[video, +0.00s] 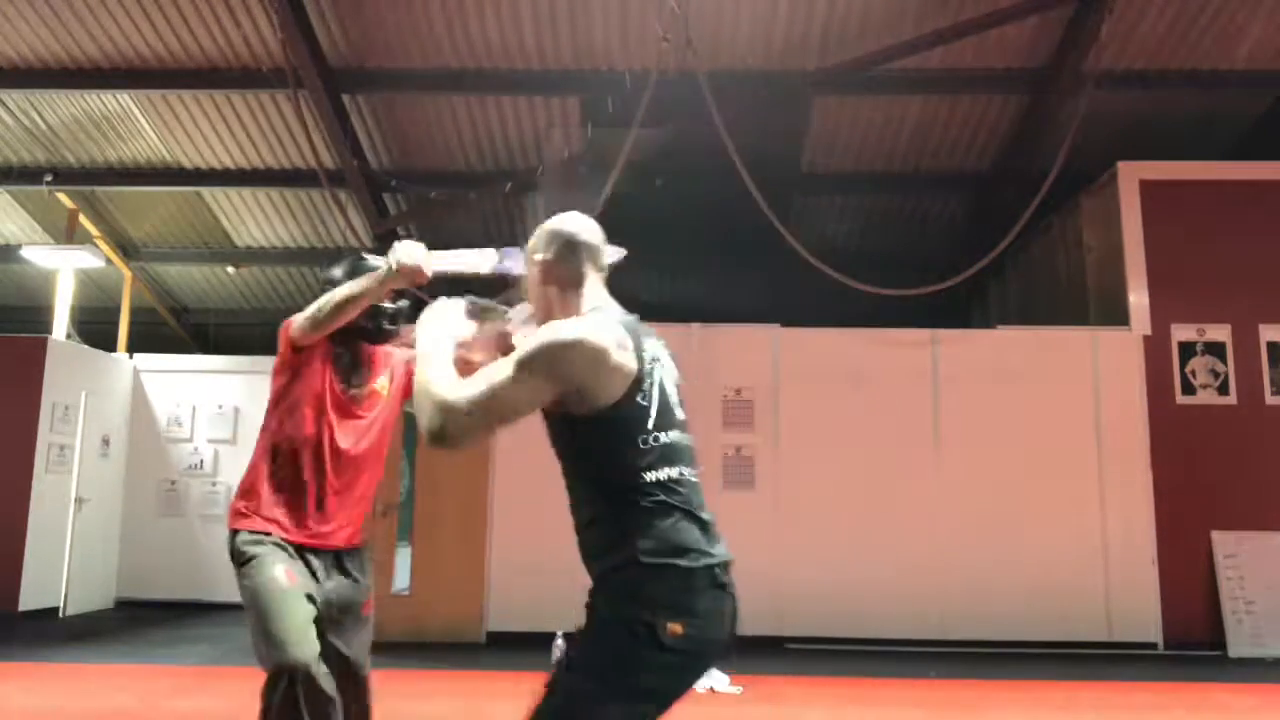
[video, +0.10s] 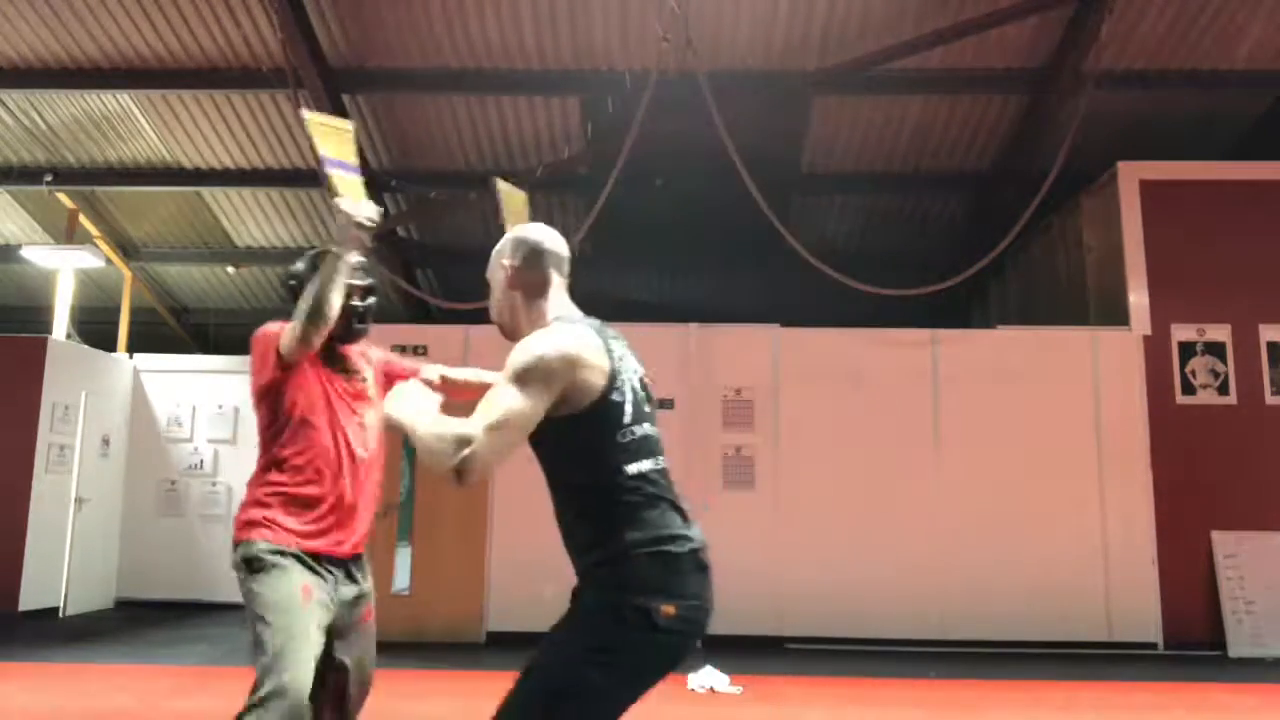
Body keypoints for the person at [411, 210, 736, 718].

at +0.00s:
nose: (525, 292)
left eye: (527, 274)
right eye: (527, 276)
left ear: (543, 269)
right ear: (599, 270)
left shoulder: (574, 343)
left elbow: (444, 421)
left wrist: (432, 337)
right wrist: (492, 357)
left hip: (653, 605)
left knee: (562, 709)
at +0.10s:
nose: (491, 304)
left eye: (492, 286)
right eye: (491, 287)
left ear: (510, 278)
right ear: (560, 276)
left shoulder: (550, 351)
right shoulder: (603, 341)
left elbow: (464, 457)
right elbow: (551, 394)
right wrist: (459, 379)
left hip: (638, 595)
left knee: (527, 711)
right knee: (541, 705)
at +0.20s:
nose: (484, 308)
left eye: (486, 290)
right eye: (483, 293)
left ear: (511, 278)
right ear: (552, 284)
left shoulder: (531, 358)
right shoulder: (598, 351)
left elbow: (446, 459)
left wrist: (395, 415)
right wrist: (503, 371)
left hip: (613, 592)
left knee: (538, 705)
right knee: (523, 681)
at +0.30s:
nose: (482, 315)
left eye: (486, 297)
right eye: (482, 300)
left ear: (521, 285)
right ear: (538, 291)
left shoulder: (522, 351)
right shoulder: (593, 361)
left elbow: (403, 402)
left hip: (593, 592)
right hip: (629, 588)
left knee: (532, 708)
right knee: (547, 704)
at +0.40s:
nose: (465, 329)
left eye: (474, 315)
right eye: (466, 318)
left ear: (512, 311)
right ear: (523, 314)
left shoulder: (516, 360)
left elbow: (419, 389)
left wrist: (342, 339)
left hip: (573, 580)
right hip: (599, 575)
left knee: (537, 704)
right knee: (553, 704)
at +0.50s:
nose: (457, 350)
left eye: (469, 339)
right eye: (458, 339)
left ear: (506, 346)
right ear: (507, 348)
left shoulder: (494, 387)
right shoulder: (554, 408)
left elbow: (446, 434)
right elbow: (606, 501)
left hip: (555, 575)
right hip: (587, 571)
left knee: (545, 704)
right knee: (515, 685)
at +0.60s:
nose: (448, 346)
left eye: (457, 335)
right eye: (448, 336)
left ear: (492, 340)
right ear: (501, 344)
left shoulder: (475, 383)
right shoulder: (536, 397)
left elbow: (388, 426)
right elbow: (556, 468)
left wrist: (329, 428)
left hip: (540, 563)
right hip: (578, 555)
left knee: (507, 695)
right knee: (520, 689)